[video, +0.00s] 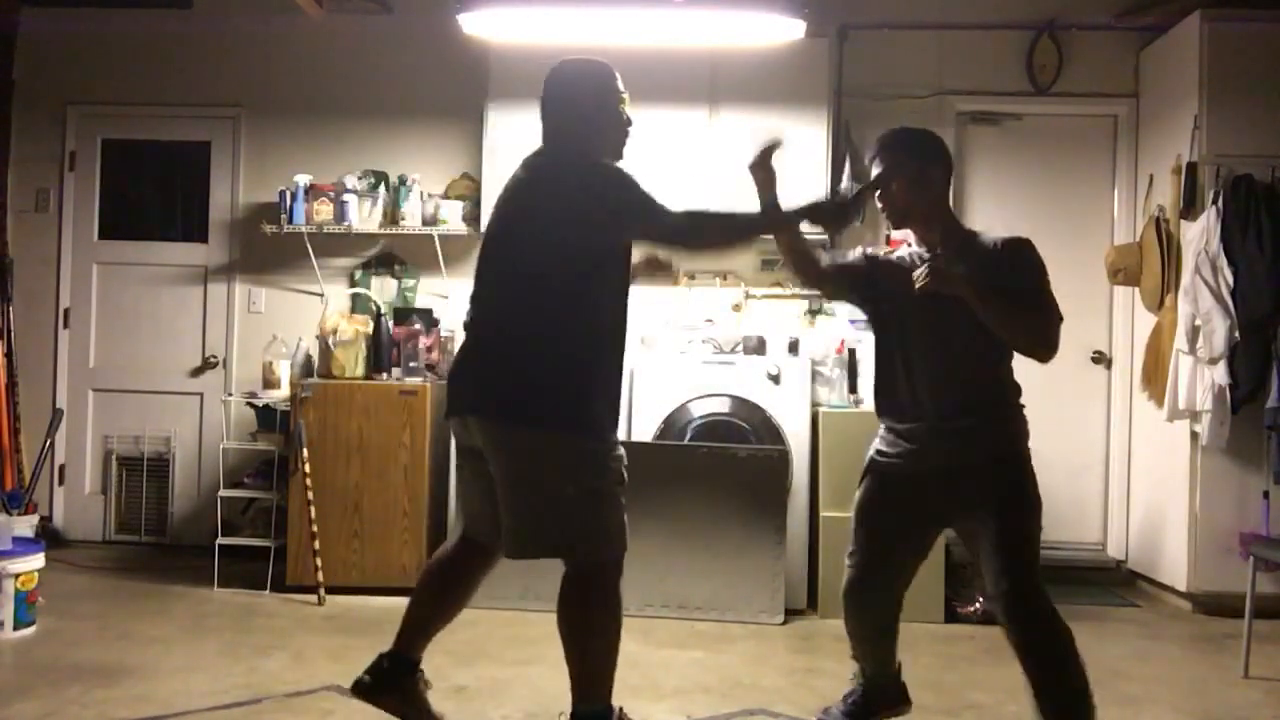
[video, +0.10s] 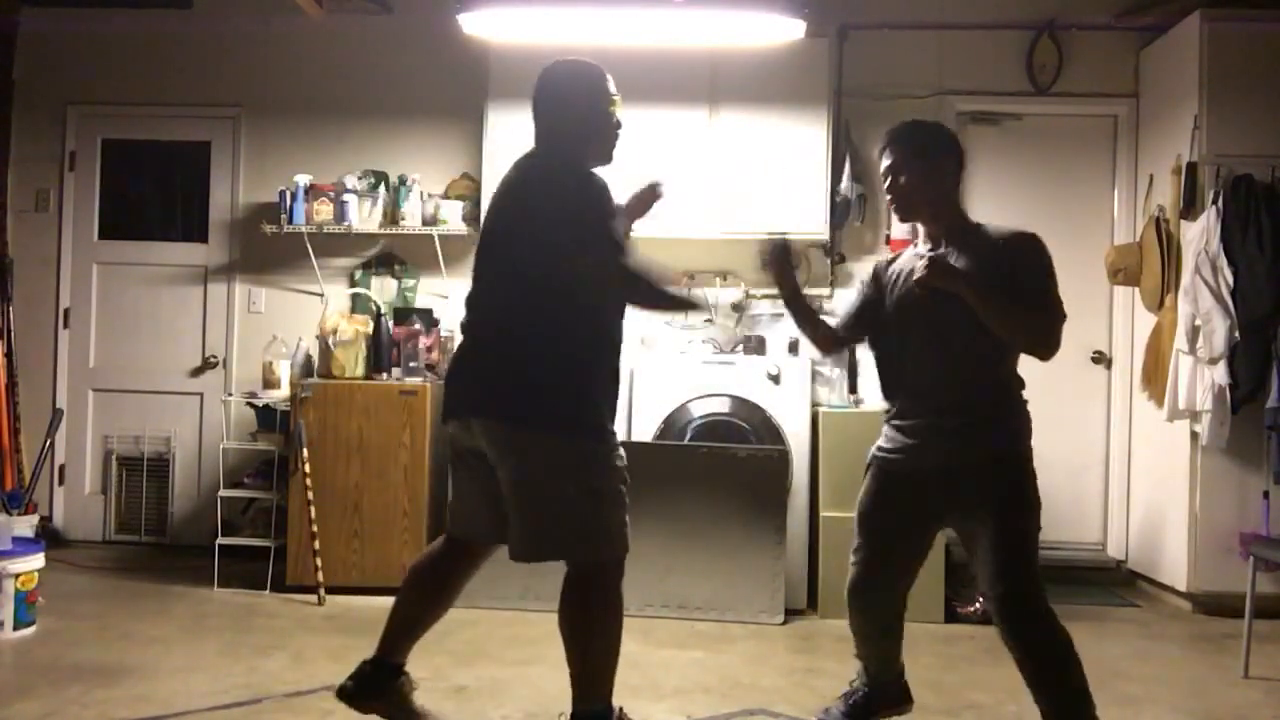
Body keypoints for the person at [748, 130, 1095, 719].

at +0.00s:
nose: (877, 194)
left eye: (888, 180)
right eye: (875, 183)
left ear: (932, 177)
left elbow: (1043, 343)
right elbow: (808, 268)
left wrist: (967, 288)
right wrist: (769, 193)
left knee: (1016, 598)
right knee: (864, 589)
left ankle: (1073, 715)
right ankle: (879, 688)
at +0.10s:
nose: (887, 186)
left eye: (898, 172)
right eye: (884, 176)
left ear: (944, 170)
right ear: (887, 182)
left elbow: (1045, 340)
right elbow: (832, 340)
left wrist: (961, 283)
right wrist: (788, 285)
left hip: (991, 451)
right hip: (905, 450)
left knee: (1015, 603)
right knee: (869, 586)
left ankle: (1073, 717)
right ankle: (883, 685)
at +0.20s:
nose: (892, 178)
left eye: (904, 163)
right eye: (890, 166)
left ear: (952, 160)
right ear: (900, 172)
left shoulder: (1021, 239)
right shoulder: (897, 273)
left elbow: (1043, 335)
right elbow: (888, 381)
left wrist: (956, 287)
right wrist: (839, 370)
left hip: (990, 453)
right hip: (906, 450)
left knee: (1013, 613)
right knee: (860, 584)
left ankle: (1074, 718)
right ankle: (883, 684)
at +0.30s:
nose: (894, 173)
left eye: (904, 156)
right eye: (891, 160)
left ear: (951, 152)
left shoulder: (1012, 236)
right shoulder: (919, 260)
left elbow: (1023, 337)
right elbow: (918, 369)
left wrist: (941, 294)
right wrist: (872, 376)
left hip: (984, 450)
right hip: (911, 443)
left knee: (1009, 618)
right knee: (860, 578)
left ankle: (1074, 719)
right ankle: (888, 688)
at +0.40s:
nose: (892, 172)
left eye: (901, 154)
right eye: (890, 157)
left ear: (947, 149)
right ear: (927, 155)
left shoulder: (1003, 230)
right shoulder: (927, 254)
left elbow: (994, 341)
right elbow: (909, 360)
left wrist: (916, 285)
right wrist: (859, 325)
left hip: (983, 447)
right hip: (916, 440)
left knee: (1007, 615)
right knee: (864, 569)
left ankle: (1074, 719)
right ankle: (892, 693)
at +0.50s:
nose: (891, 172)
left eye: (900, 156)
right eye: (888, 159)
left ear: (946, 147)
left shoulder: (1000, 226)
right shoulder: (928, 245)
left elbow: (967, 330)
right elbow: (887, 340)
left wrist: (904, 260)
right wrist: (850, 274)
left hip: (982, 439)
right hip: (918, 435)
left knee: (1007, 605)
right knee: (867, 563)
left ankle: (1070, 718)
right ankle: (894, 695)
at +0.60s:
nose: (883, 176)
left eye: (891, 159)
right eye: (879, 162)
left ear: (936, 151)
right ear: (895, 163)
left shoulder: (995, 230)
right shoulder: (914, 239)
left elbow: (957, 330)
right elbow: (873, 333)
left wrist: (901, 257)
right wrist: (852, 257)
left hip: (982, 437)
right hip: (917, 434)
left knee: (1007, 601)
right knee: (868, 563)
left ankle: (1070, 718)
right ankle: (894, 695)